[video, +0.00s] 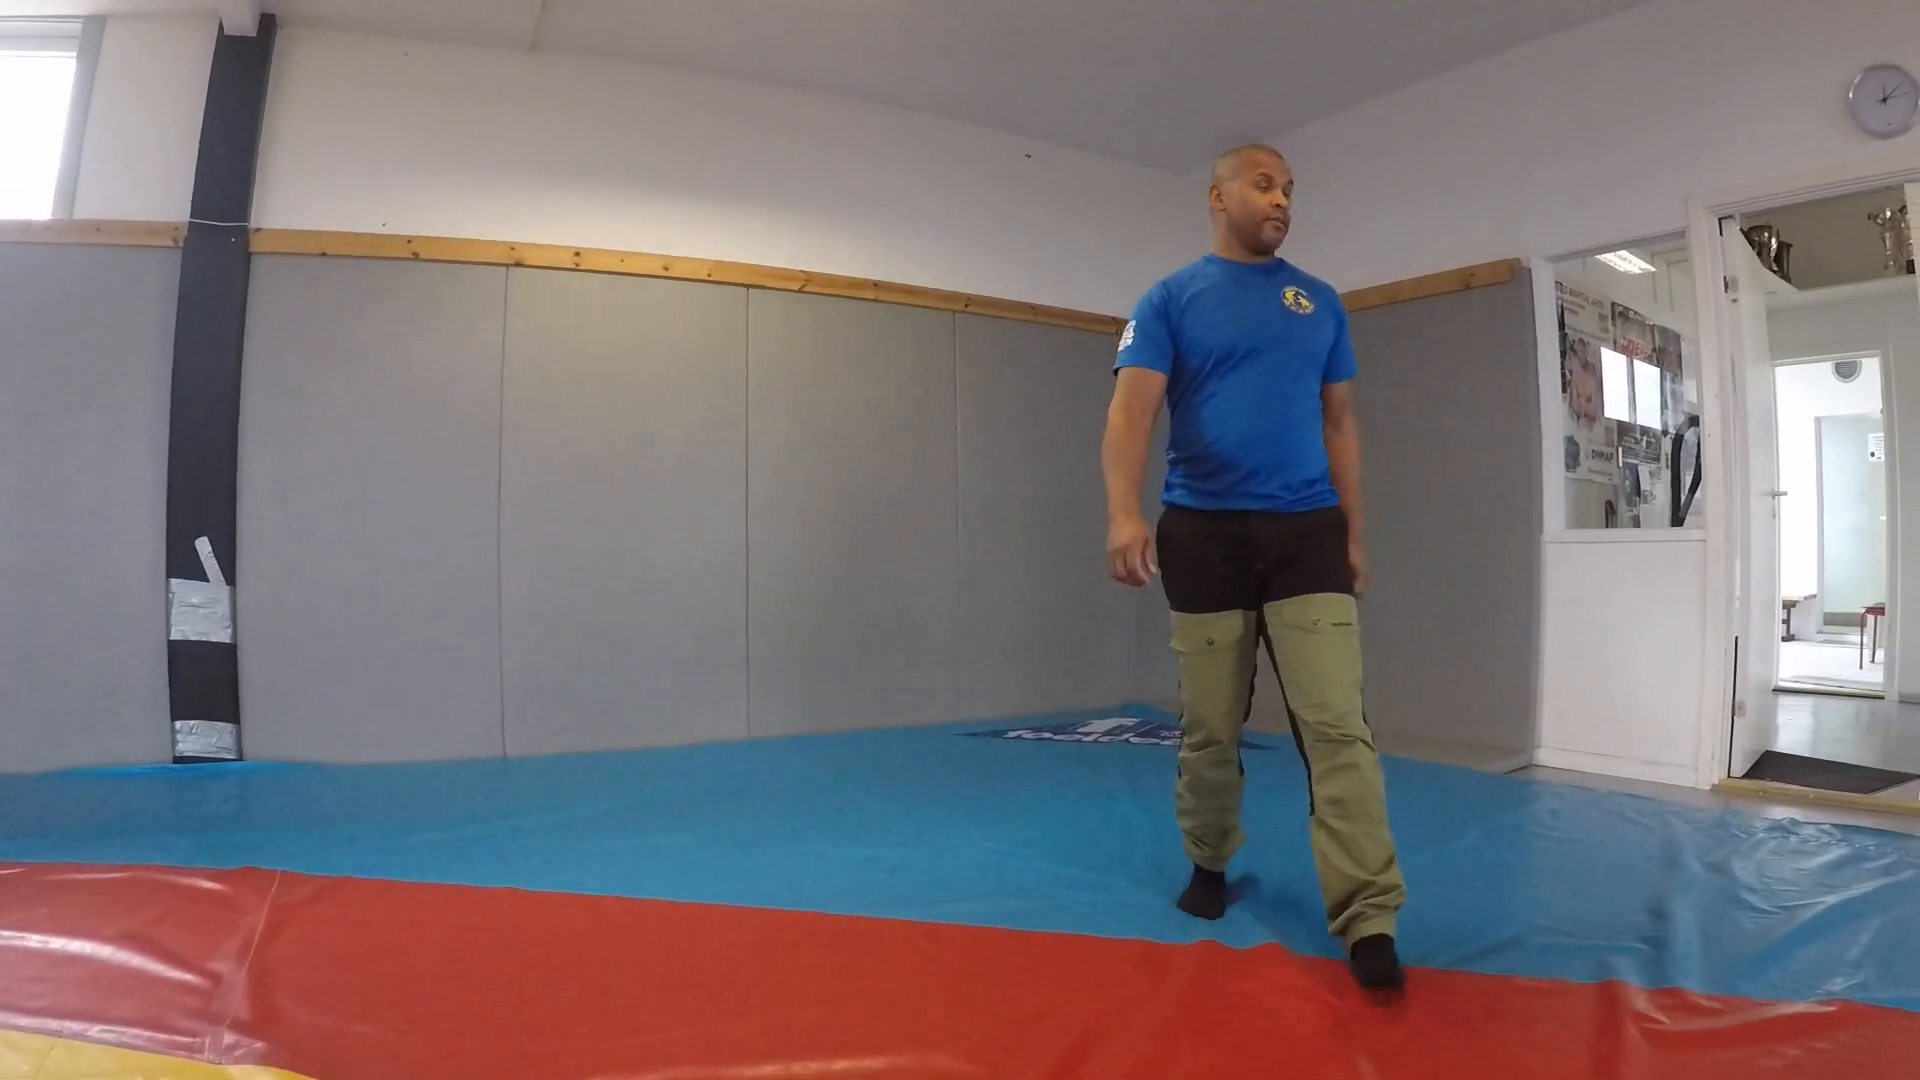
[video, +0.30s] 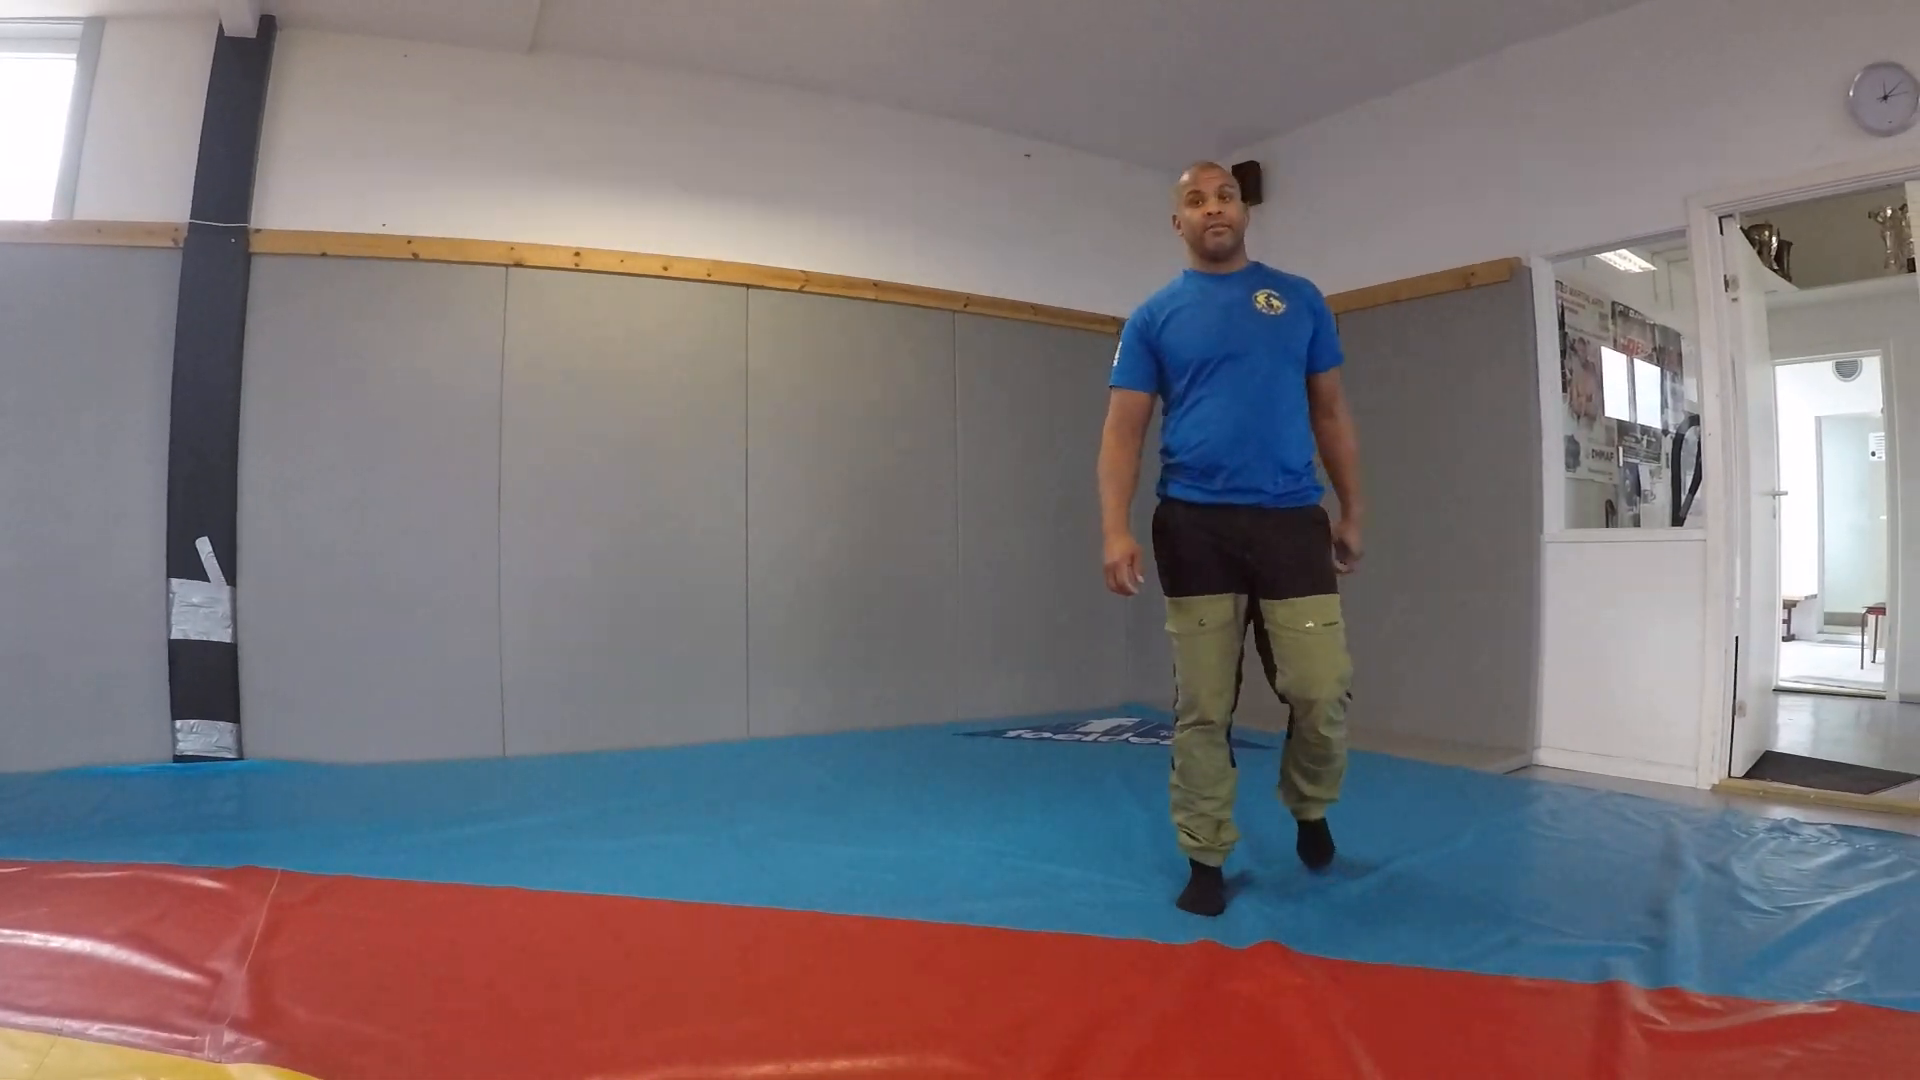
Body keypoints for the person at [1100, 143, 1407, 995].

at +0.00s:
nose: (1279, 200)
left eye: (1286, 191)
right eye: (1263, 185)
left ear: (1291, 209)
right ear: (1216, 197)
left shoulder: (1319, 302)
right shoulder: (1172, 299)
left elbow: (1339, 422)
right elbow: (1131, 409)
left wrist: (1351, 534)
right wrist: (1123, 513)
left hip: (1308, 531)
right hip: (1203, 533)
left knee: (1337, 724)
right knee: (1211, 725)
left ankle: (1368, 917)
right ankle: (1207, 860)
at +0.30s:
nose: (1214, 210)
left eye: (1226, 198)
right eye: (1196, 201)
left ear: (1247, 214)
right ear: (1176, 222)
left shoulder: (1298, 300)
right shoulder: (1154, 318)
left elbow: (1330, 411)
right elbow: (1123, 431)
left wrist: (1350, 508)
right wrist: (1115, 531)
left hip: (1292, 522)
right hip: (1196, 524)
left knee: (1320, 693)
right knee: (1202, 704)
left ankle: (1311, 807)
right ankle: (1205, 856)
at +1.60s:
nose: (1137, 299)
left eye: (1146, 287)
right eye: (1129, 293)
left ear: (1176, 294)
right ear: (1127, 307)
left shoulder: (1220, 356)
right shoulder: (1120, 380)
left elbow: (1250, 439)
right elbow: (1106, 462)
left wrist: (1243, 515)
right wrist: (1094, 528)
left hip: (1214, 531)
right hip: (1150, 536)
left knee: (1238, 663)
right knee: (1160, 666)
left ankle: (1265, 789)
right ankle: (1167, 773)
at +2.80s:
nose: (1117, 312)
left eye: (1127, 299)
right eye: (1112, 306)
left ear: (1160, 303)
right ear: (1118, 318)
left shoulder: (1191, 352)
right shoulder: (1130, 378)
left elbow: (1226, 427)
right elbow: (1129, 466)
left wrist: (1144, 435)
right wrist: (1084, 513)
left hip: (1190, 531)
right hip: (1141, 533)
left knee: (1192, 668)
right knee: (1148, 668)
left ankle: (1224, 801)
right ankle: (1168, 773)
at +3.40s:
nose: (1154, 328)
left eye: (1165, 315)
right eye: (1151, 318)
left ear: (1202, 319)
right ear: (1165, 326)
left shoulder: (1235, 381)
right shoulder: (1180, 383)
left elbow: (1211, 476)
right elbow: (1157, 447)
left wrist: (1145, 413)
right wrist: (1117, 400)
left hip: (1260, 548)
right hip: (1211, 545)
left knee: (1209, 674)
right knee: (1164, 667)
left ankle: (1264, 817)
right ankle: (1177, 770)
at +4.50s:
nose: (1111, 370)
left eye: (1118, 358)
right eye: (1106, 367)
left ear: (1152, 353)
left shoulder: (1169, 383)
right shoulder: (1171, 401)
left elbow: (1129, 407)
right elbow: (1204, 472)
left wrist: (1068, 386)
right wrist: (1153, 496)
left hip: (1228, 548)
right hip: (1247, 545)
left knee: (1163, 669)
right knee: (1218, 663)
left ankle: (1154, 816)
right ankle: (1263, 755)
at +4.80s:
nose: (1099, 352)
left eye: (1108, 339)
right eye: (1094, 347)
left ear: (1144, 337)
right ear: (1099, 357)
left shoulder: (1161, 376)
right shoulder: (1135, 400)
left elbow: (1153, 428)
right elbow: (1115, 478)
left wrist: (1069, 402)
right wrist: (1088, 424)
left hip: (1205, 550)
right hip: (1187, 550)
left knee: (1118, 662)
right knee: (1196, 670)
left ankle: (1149, 818)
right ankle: (1257, 744)